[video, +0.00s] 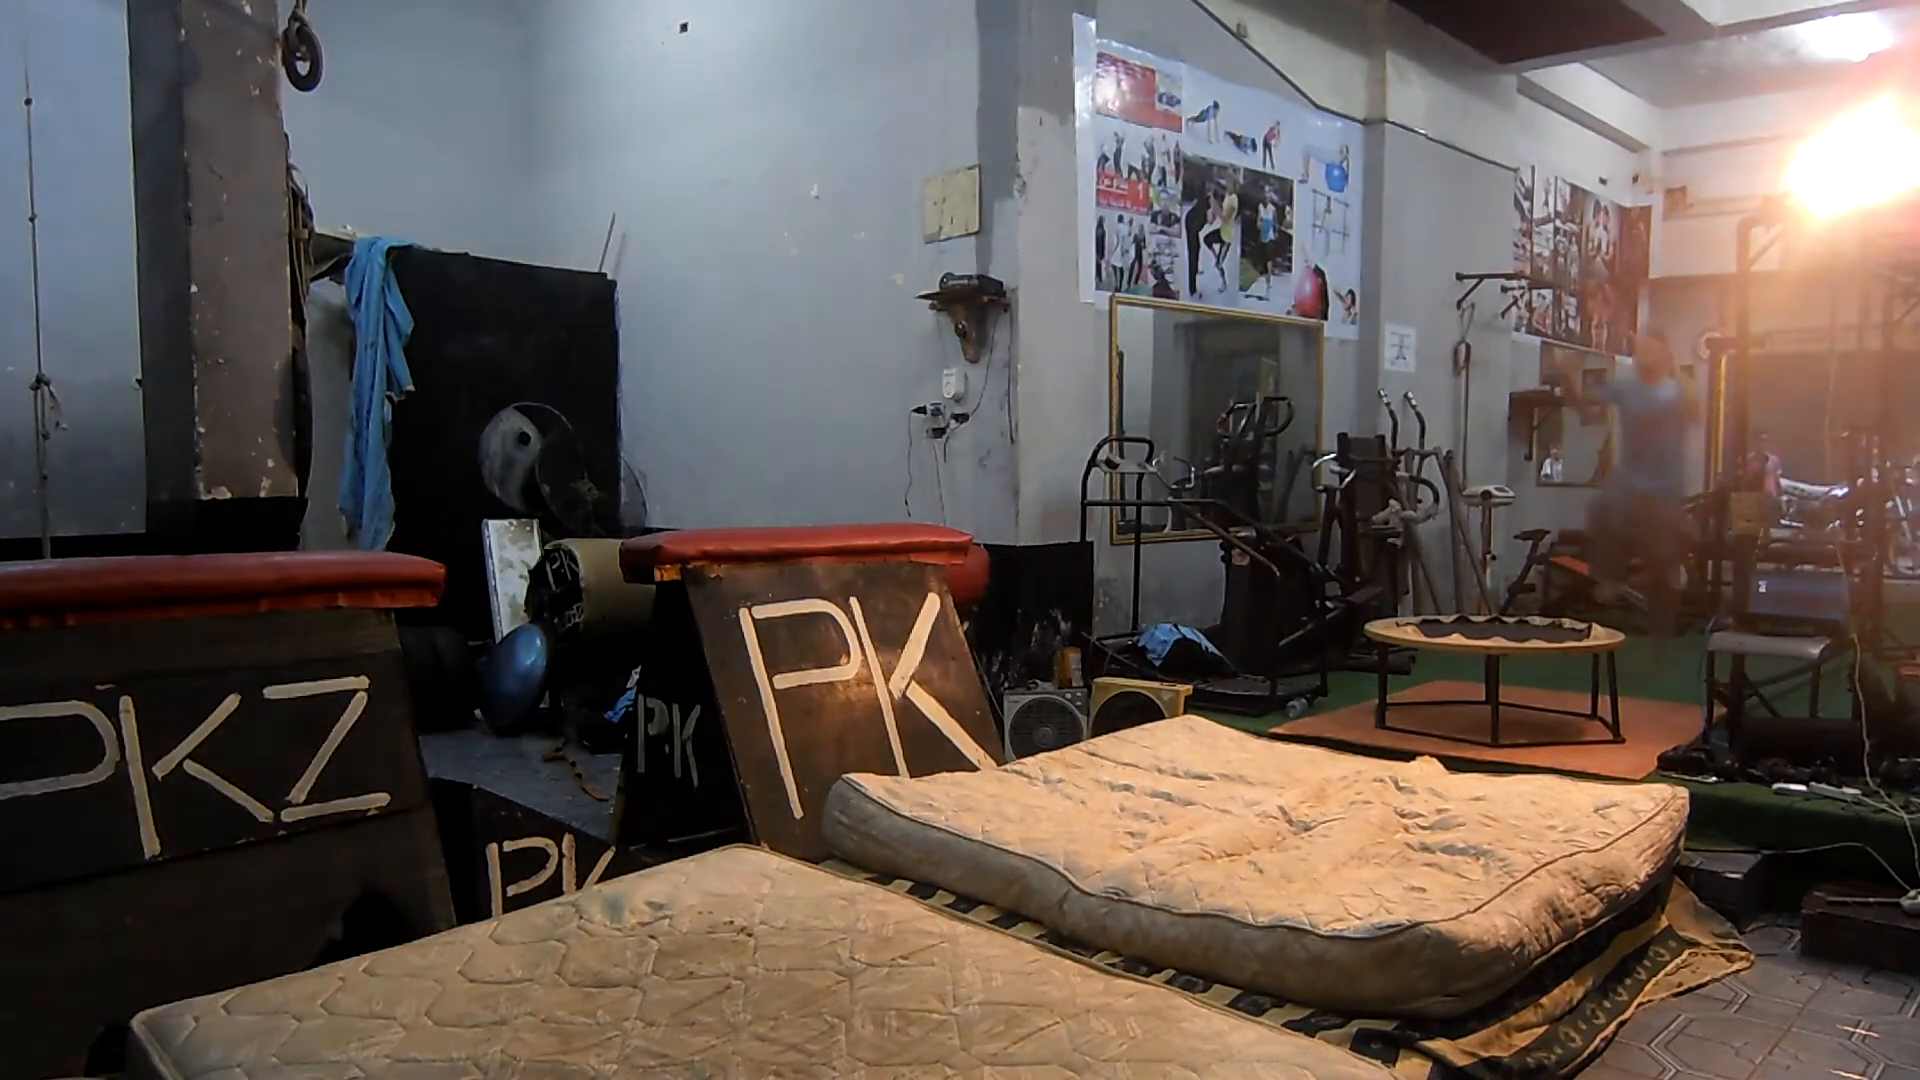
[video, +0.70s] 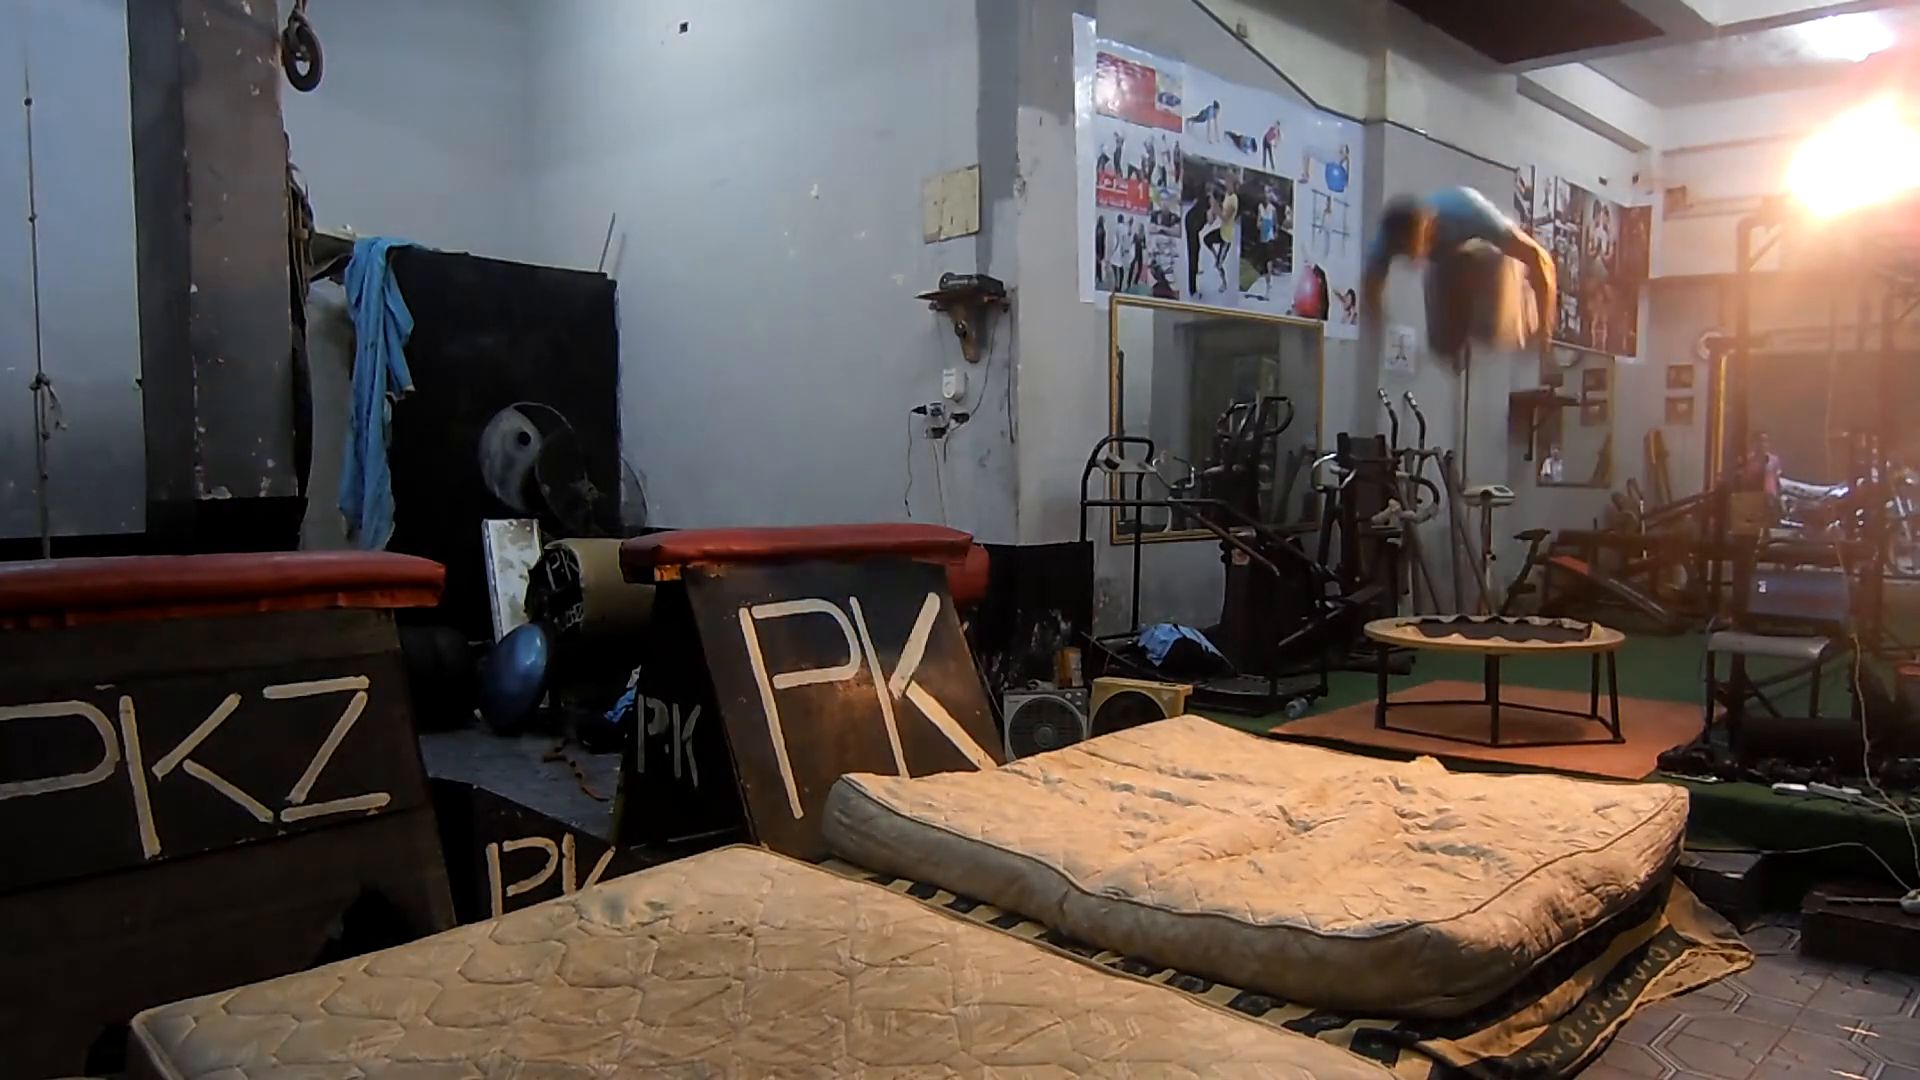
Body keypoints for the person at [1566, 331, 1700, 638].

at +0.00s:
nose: (1648, 359)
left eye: (1655, 352)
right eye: (1643, 352)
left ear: (1667, 356)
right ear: (1636, 355)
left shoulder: (1679, 390)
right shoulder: (1627, 388)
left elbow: (1694, 413)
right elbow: (1583, 396)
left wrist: (1683, 377)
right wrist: (1571, 375)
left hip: (1666, 489)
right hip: (1629, 483)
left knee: (1665, 570)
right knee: (1602, 510)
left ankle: (1660, 639)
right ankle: (1609, 579)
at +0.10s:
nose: (1599, 332)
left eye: (1608, 326)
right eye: (1597, 326)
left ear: (1630, 330)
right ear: (1594, 329)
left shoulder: (1648, 362)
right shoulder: (1592, 359)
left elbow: (1673, 362)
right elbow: (1540, 361)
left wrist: (1650, 320)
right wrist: (1551, 334)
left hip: (1643, 462)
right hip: (1602, 458)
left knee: (1633, 530)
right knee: (1566, 506)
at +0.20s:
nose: (1577, 328)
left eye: (1584, 321)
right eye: (1573, 321)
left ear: (1601, 321)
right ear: (1568, 324)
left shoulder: (1620, 354)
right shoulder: (1560, 350)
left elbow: (1650, 342)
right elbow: (1503, 338)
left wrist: (1619, 302)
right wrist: (1535, 305)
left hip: (1613, 454)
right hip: (1571, 452)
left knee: (1608, 503)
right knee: (1532, 507)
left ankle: (1609, 557)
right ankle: (1531, 567)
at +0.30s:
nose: (1542, 337)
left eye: (1549, 329)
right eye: (1536, 330)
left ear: (1564, 329)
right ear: (1528, 331)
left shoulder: (1584, 360)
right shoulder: (1521, 356)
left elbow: (1621, 329)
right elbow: (1476, 323)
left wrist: (1579, 304)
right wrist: (1520, 301)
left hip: (1584, 462)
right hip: (1535, 462)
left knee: (1565, 512)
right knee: (1509, 529)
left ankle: (1548, 600)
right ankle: (1493, 599)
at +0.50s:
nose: (1479, 273)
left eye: (1484, 265)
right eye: (1469, 269)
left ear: (1501, 269)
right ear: (1461, 278)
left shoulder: (1524, 304)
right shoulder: (1457, 310)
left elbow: (1544, 248)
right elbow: (1414, 260)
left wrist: (1507, 205)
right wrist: (1415, 210)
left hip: (1525, 436)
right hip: (1475, 437)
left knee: (1523, 532)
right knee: (1472, 531)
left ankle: (1518, 623)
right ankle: (1475, 624)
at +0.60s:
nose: (1442, 230)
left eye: (1446, 221)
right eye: (1434, 223)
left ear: (1463, 207)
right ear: (1426, 218)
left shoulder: (1490, 225)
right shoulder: (1421, 238)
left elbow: (1535, 238)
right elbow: (1378, 248)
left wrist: (1541, 250)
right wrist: (1347, 254)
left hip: (1511, 338)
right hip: (1464, 342)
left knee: (1511, 422)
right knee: (1463, 428)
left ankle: (1526, 508)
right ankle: (1482, 484)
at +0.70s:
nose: (1414, 258)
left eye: (1416, 248)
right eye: (1406, 251)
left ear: (1426, 224)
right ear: (1394, 237)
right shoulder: (1389, 232)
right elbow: (1371, 292)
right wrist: (1375, 346)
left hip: (1490, 261)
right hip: (1444, 264)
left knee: (1495, 338)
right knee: (1445, 347)